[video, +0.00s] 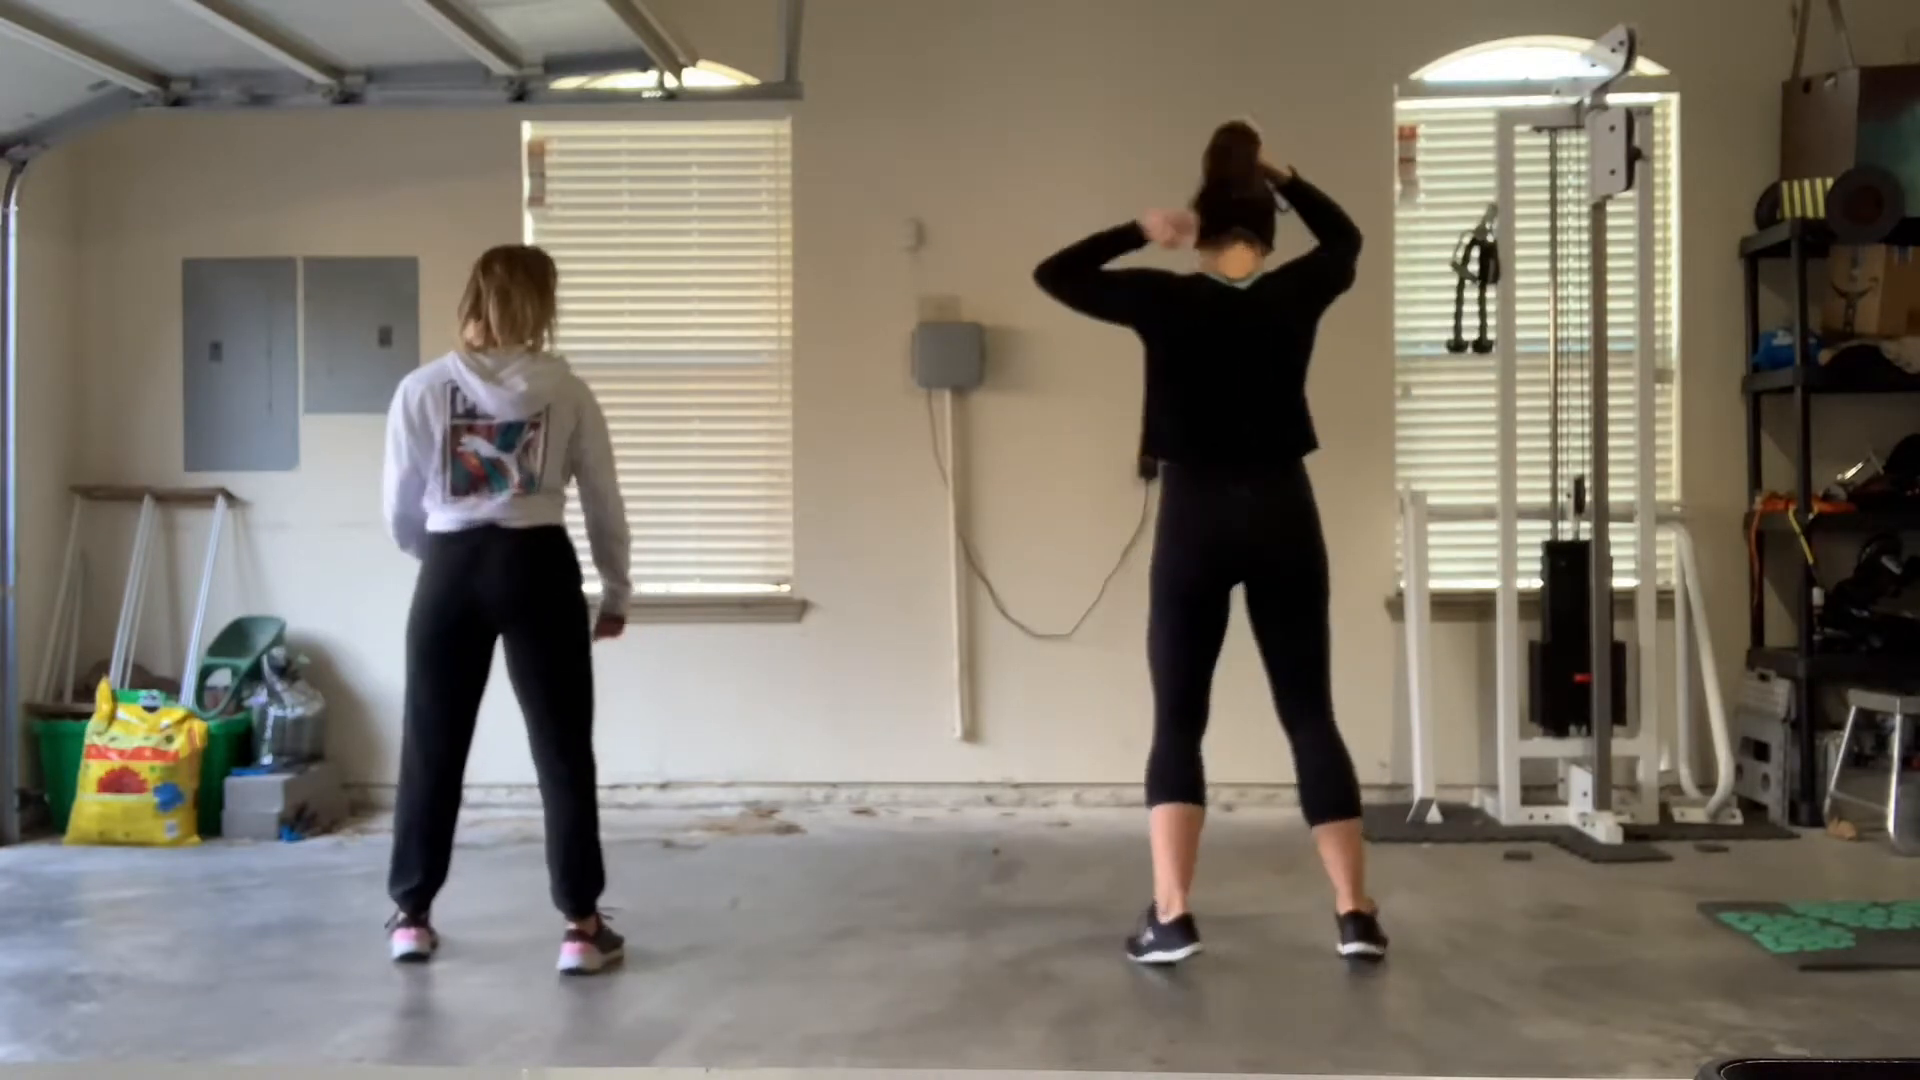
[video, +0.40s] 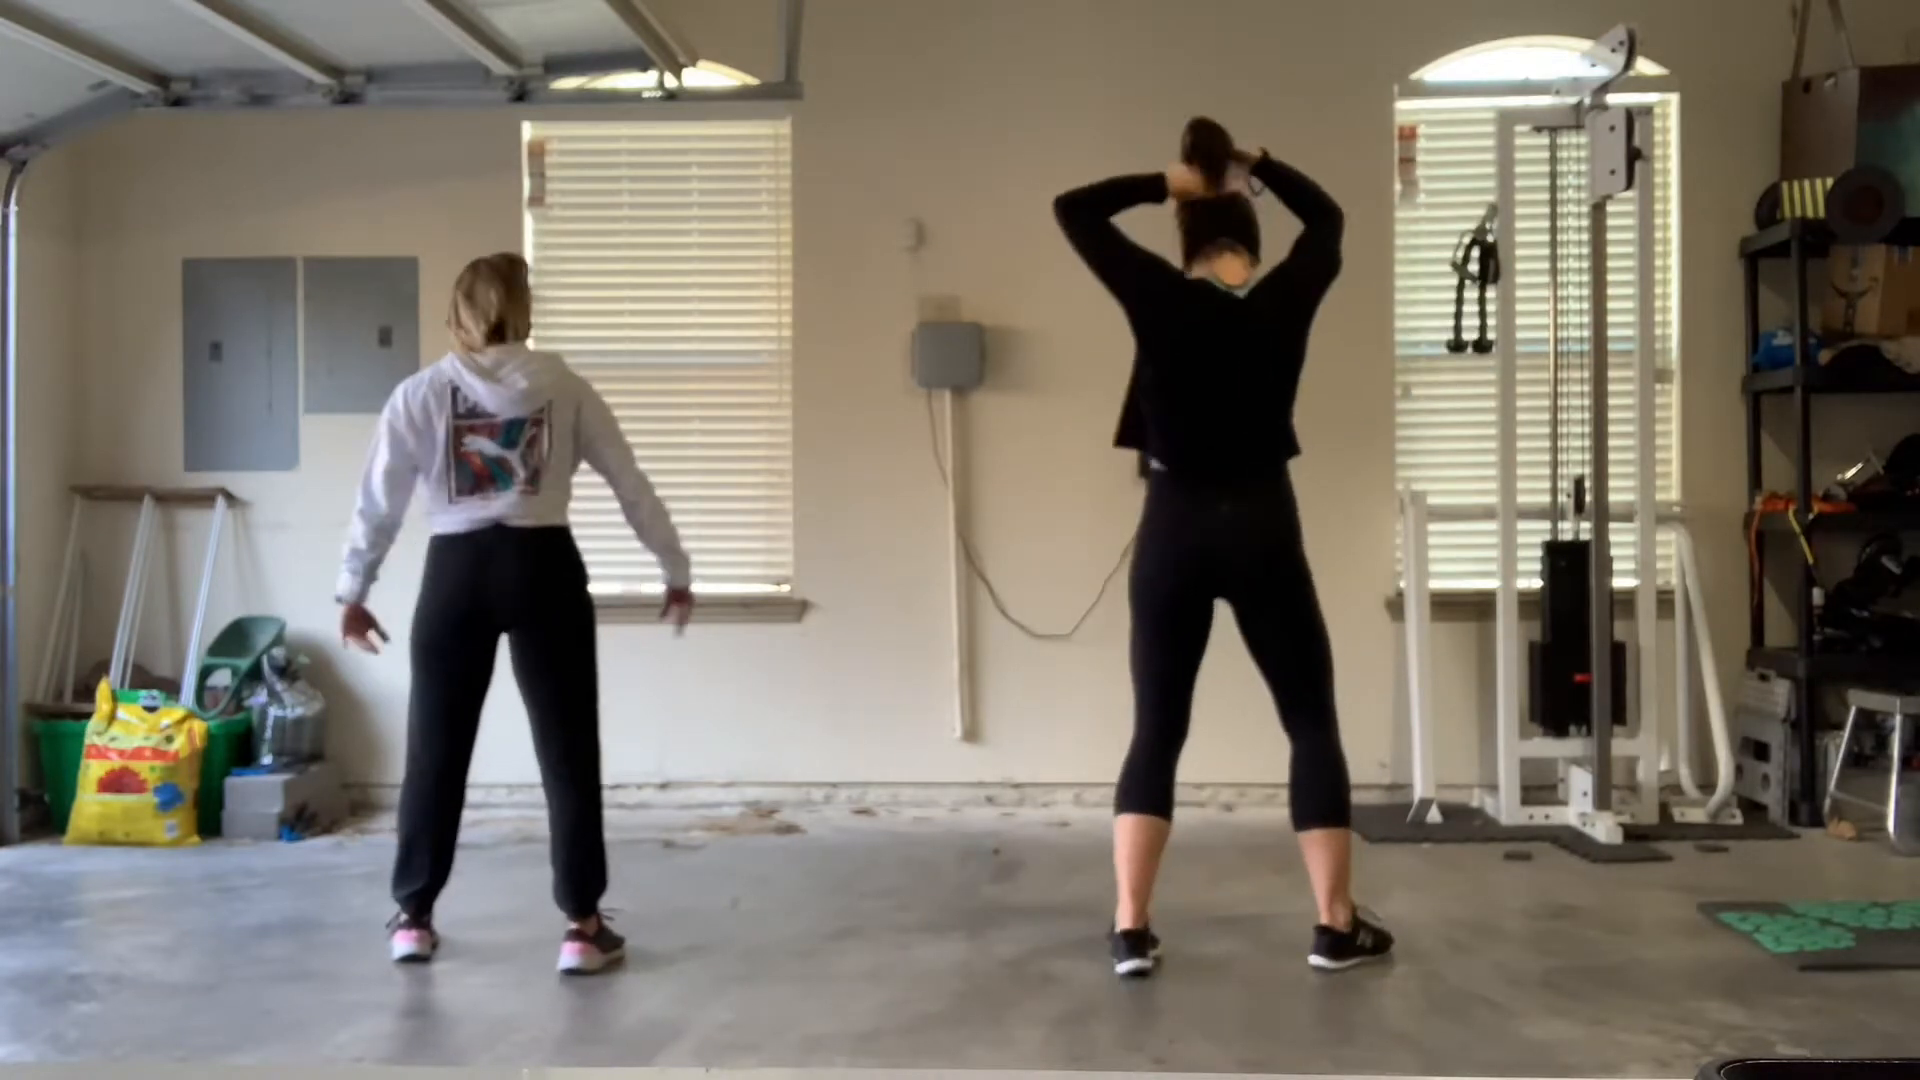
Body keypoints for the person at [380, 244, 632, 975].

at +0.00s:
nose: (551, 312)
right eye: (548, 300)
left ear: (472, 301)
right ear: (542, 305)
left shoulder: (421, 390)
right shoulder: (567, 389)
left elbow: (403, 516)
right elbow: (603, 503)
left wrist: (446, 556)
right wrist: (616, 589)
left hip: (451, 574)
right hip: (542, 572)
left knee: (431, 750)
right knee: (564, 753)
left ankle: (411, 918)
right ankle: (581, 927)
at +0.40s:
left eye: (465, 310)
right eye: (524, 308)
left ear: (459, 315)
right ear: (526, 314)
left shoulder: (422, 393)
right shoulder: (564, 386)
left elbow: (380, 500)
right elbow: (630, 482)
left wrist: (353, 589)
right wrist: (675, 569)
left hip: (454, 579)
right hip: (547, 576)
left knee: (434, 753)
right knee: (569, 754)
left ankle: (413, 919)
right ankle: (582, 926)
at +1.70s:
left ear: (486, 365)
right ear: (547, 370)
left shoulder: (433, 400)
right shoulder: (566, 402)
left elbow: (379, 474)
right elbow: (630, 452)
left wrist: (339, 564)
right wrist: (706, 504)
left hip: (407, 579)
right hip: (492, 579)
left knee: (406, 758)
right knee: (544, 757)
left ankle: (409, 921)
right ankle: (581, 926)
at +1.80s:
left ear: (487, 366)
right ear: (549, 370)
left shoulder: (435, 403)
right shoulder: (568, 403)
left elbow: (370, 478)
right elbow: (627, 455)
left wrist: (316, 558)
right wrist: (696, 507)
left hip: (417, 573)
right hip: (503, 574)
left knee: (413, 753)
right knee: (551, 754)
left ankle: (410, 920)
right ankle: (580, 925)